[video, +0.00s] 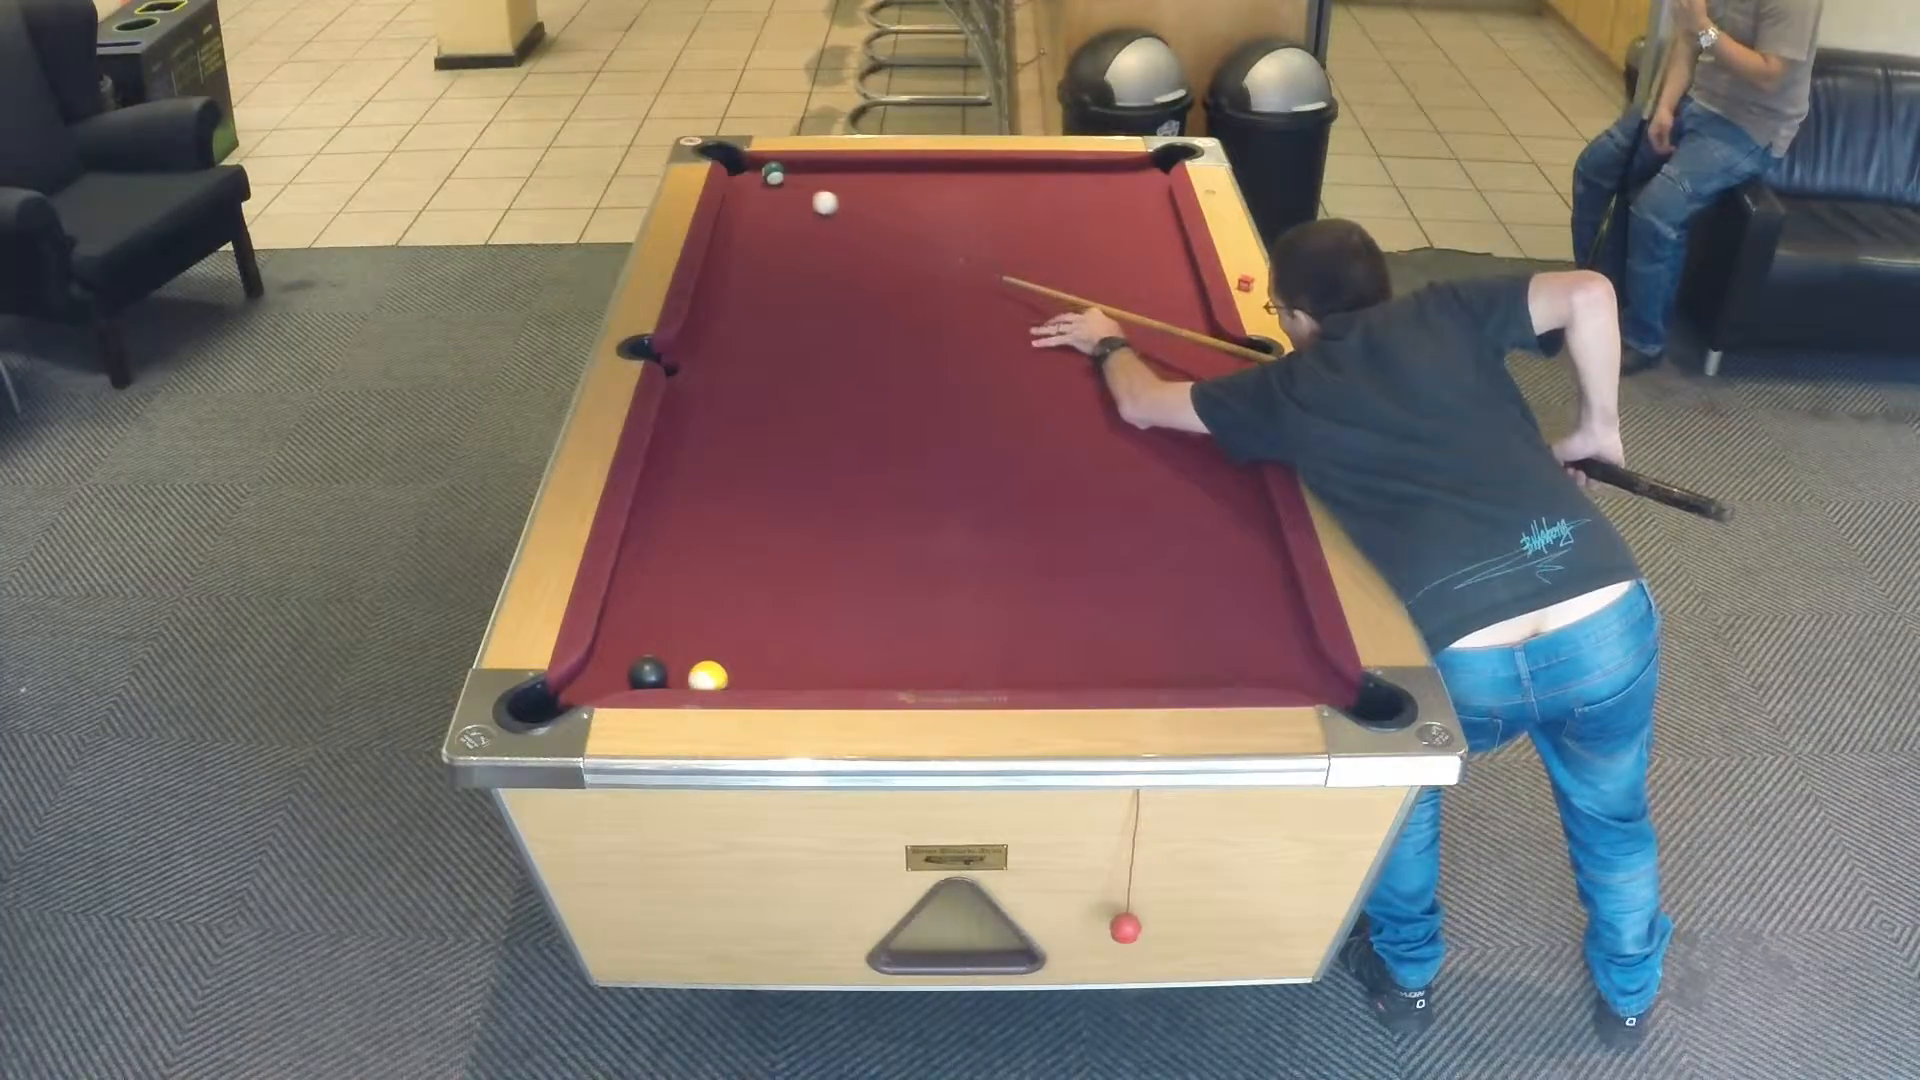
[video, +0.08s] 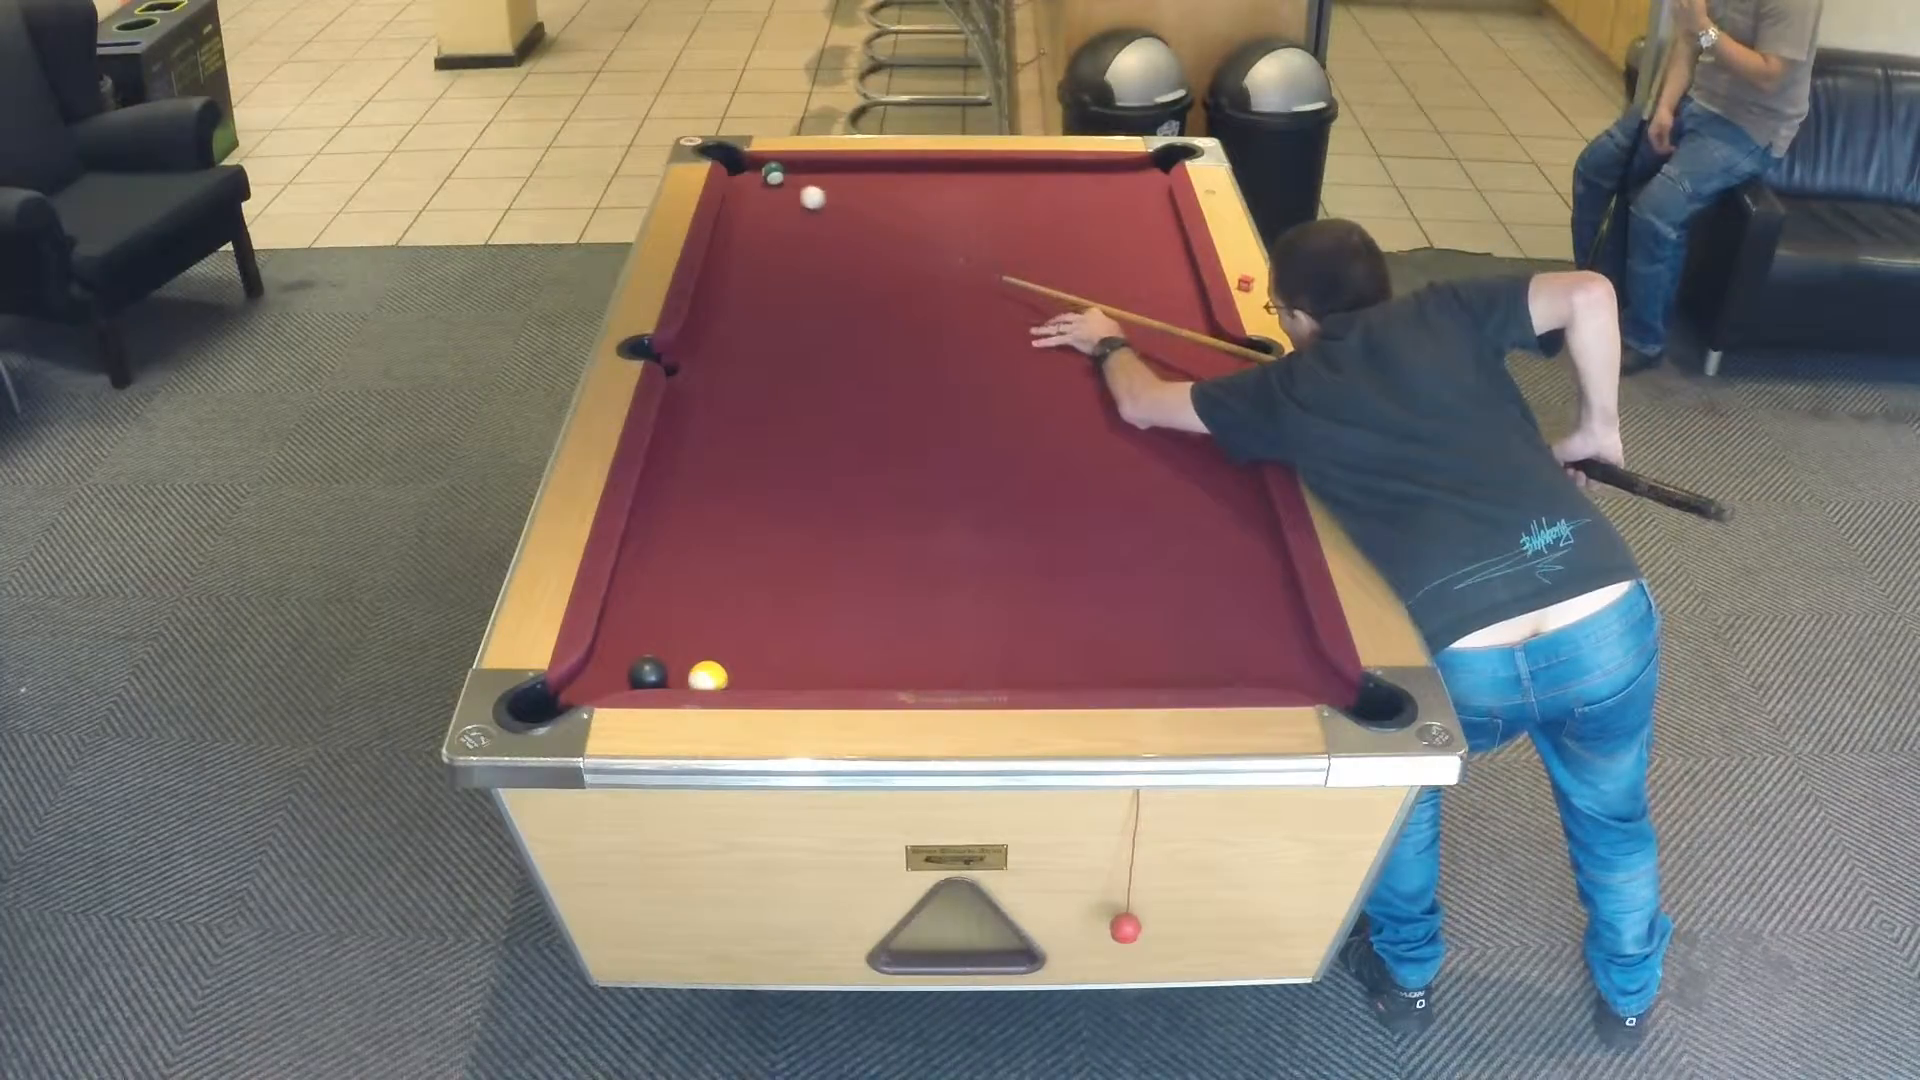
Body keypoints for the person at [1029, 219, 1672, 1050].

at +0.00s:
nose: (1280, 318)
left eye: (1282, 306)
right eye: (1279, 306)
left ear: (1298, 317)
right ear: (1385, 290)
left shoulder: (1287, 389)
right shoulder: (1450, 313)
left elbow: (1143, 400)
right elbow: (1587, 293)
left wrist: (1105, 341)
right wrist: (1600, 422)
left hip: (1467, 660)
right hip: (1606, 621)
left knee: (1394, 765)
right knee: (1615, 820)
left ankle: (1408, 967)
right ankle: (1630, 992)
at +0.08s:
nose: (1280, 318)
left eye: (1282, 306)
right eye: (1279, 305)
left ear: (1298, 317)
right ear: (1385, 290)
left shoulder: (1288, 389)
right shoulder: (1450, 313)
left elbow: (1143, 400)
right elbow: (1587, 293)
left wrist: (1105, 341)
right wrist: (1600, 422)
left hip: (1467, 660)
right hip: (1606, 621)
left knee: (1394, 764)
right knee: (1615, 820)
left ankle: (1408, 967)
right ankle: (1630, 992)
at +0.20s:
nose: (1280, 318)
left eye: (1282, 306)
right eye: (1279, 305)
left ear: (1298, 317)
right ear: (1385, 290)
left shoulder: (1287, 389)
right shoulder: (1450, 313)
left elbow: (1143, 400)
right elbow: (1588, 294)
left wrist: (1105, 341)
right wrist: (1600, 423)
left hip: (1467, 660)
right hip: (1606, 620)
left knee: (1394, 764)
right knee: (1615, 820)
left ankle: (1408, 967)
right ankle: (1630, 992)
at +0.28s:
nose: (1280, 318)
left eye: (1282, 306)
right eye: (1279, 305)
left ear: (1298, 317)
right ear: (1385, 290)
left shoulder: (1287, 389)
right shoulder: (1449, 313)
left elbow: (1143, 400)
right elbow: (1588, 295)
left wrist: (1105, 341)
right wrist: (1600, 423)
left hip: (1467, 660)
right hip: (1606, 620)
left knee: (1394, 764)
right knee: (1615, 820)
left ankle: (1408, 967)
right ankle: (1630, 992)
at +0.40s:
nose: (1279, 315)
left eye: (1281, 303)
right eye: (1279, 303)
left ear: (1297, 317)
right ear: (1385, 290)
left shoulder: (1285, 390)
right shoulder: (1449, 313)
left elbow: (1142, 399)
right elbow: (1589, 296)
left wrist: (1106, 341)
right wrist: (1600, 427)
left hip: (1468, 661)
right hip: (1606, 623)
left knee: (1394, 763)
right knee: (1615, 819)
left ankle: (1407, 967)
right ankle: (1630, 991)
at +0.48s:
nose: (1280, 315)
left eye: (1282, 303)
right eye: (1279, 303)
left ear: (1298, 317)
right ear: (1385, 290)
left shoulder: (1286, 390)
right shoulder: (1450, 313)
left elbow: (1141, 399)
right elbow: (1588, 296)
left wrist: (1106, 341)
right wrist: (1601, 428)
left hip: (1469, 661)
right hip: (1606, 623)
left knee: (1394, 762)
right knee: (1615, 819)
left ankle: (1408, 966)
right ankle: (1630, 991)